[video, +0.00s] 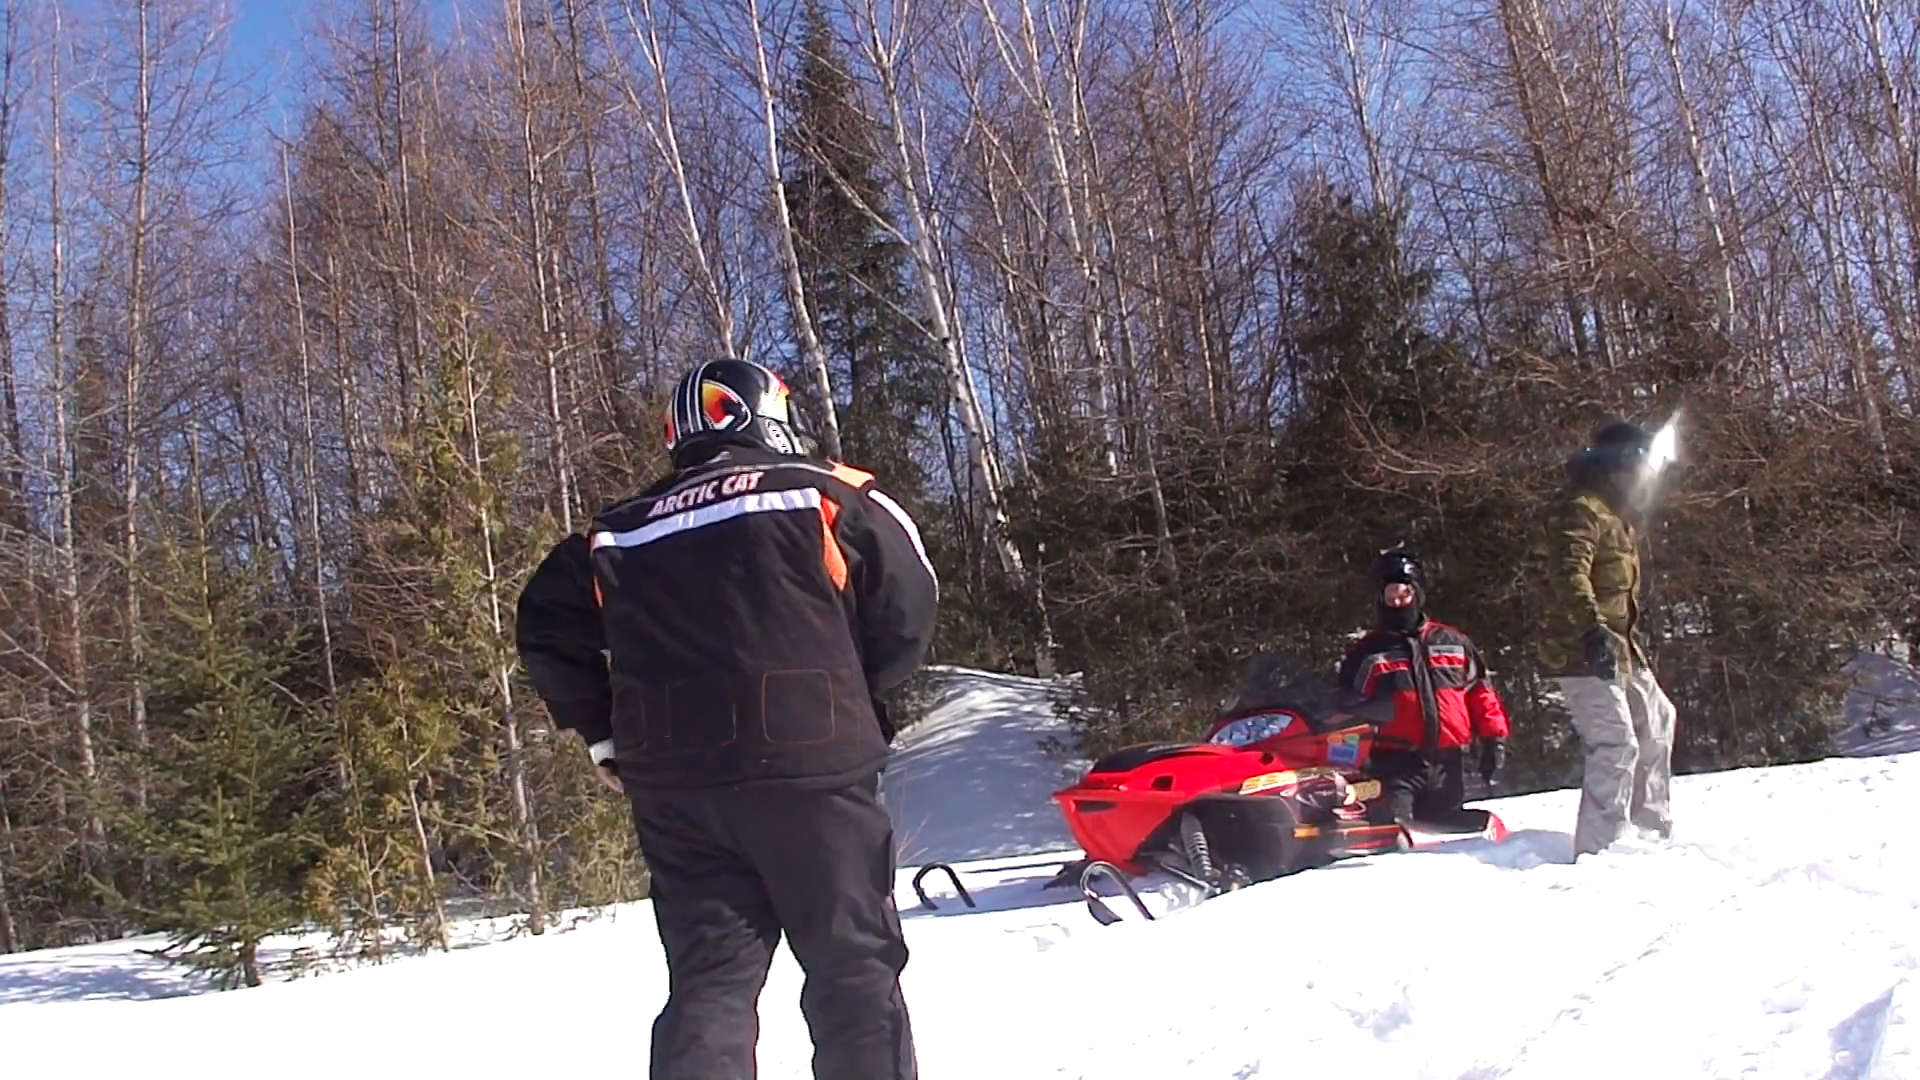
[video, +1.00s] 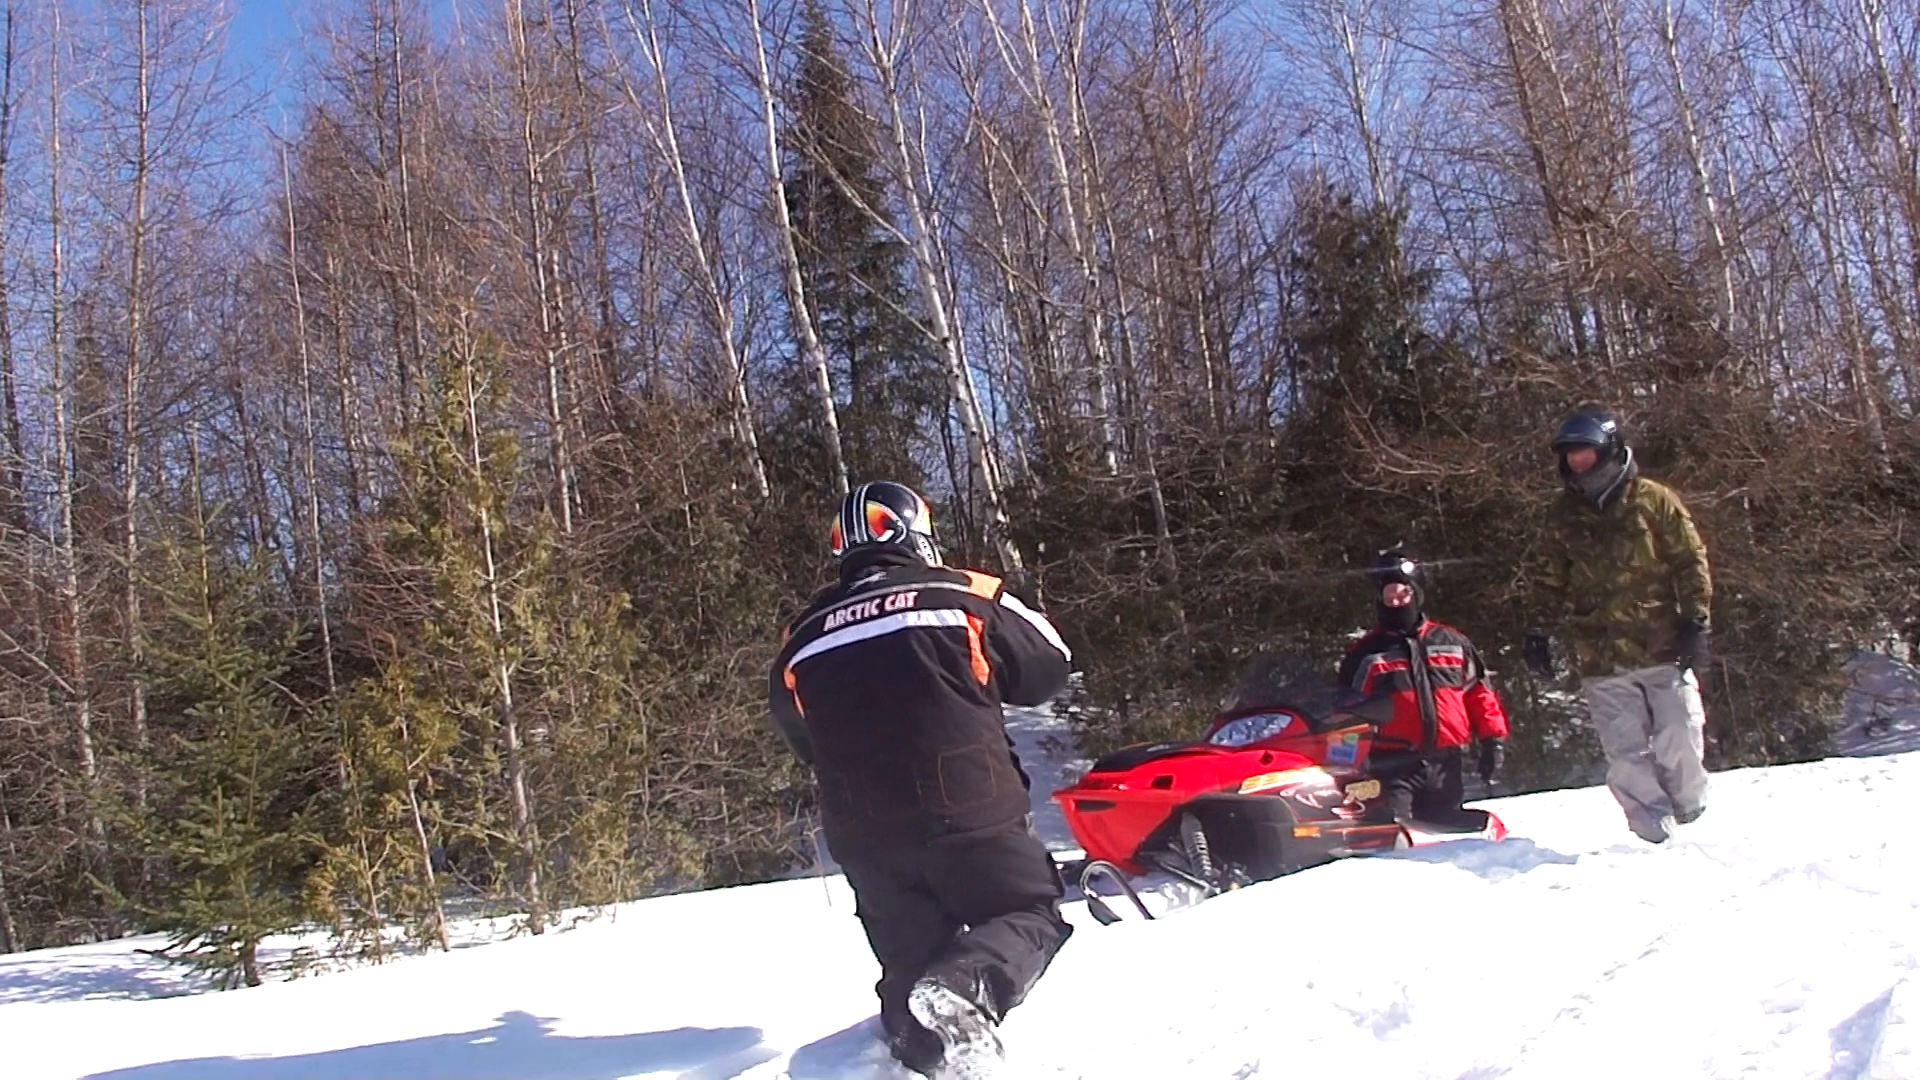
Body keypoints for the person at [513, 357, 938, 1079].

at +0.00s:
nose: (796, 428)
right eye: (787, 417)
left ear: (680, 429)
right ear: (774, 420)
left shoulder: (617, 526)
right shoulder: (831, 489)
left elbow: (543, 622)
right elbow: (908, 599)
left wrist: (602, 729)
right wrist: (863, 691)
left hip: (672, 787)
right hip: (812, 777)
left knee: (707, 980)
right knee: (852, 969)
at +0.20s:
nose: (852, 455)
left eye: (845, 444)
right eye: (844, 443)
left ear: (740, 454)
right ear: (829, 449)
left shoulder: (677, 549)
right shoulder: (890, 529)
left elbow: (614, 642)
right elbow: (949, 642)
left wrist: (660, 751)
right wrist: (897, 696)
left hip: (733, 804)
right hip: (861, 799)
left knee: (782, 950)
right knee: (897, 962)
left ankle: (707, 1051)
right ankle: (862, 1070)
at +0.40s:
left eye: (764, 432)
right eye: (850, 427)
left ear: (762, 443)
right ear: (848, 433)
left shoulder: (713, 535)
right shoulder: (912, 501)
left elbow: (657, 633)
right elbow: (965, 612)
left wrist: (687, 746)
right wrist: (919, 653)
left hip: (770, 757)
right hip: (892, 750)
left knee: (841, 880)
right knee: (888, 932)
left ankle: (800, 1012)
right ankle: (869, 1069)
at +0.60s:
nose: (888, 458)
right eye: (881, 447)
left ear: (786, 469)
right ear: (874, 451)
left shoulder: (752, 555)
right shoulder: (936, 516)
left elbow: (709, 673)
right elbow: (996, 617)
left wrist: (758, 724)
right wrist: (942, 664)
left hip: (804, 766)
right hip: (918, 755)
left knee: (904, 910)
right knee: (893, 930)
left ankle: (942, 1055)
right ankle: (864, 1071)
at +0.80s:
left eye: (799, 495)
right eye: (890, 480)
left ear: (804, 501)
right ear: (885, 485)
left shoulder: (775, 588)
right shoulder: (944, 542)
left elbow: (756, 688)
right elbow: (1021, 619)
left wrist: (823, 693)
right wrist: (954, 631)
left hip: (841, 783)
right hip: (950, 765)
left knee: (892, 929)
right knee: (954, 925)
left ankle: (941, 1057)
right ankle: (877, 1070)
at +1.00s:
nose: (930, 540)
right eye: (925, 530)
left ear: (842, 546)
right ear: (916, 534)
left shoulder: (799, 636)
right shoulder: (966, 591)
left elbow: (804, 742)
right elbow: (1045, 671)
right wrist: (1012, 601)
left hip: (864, 837)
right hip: (969, 814)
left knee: (910, 962)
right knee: (1027, 913)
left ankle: (918, 1053)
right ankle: (958, 994)